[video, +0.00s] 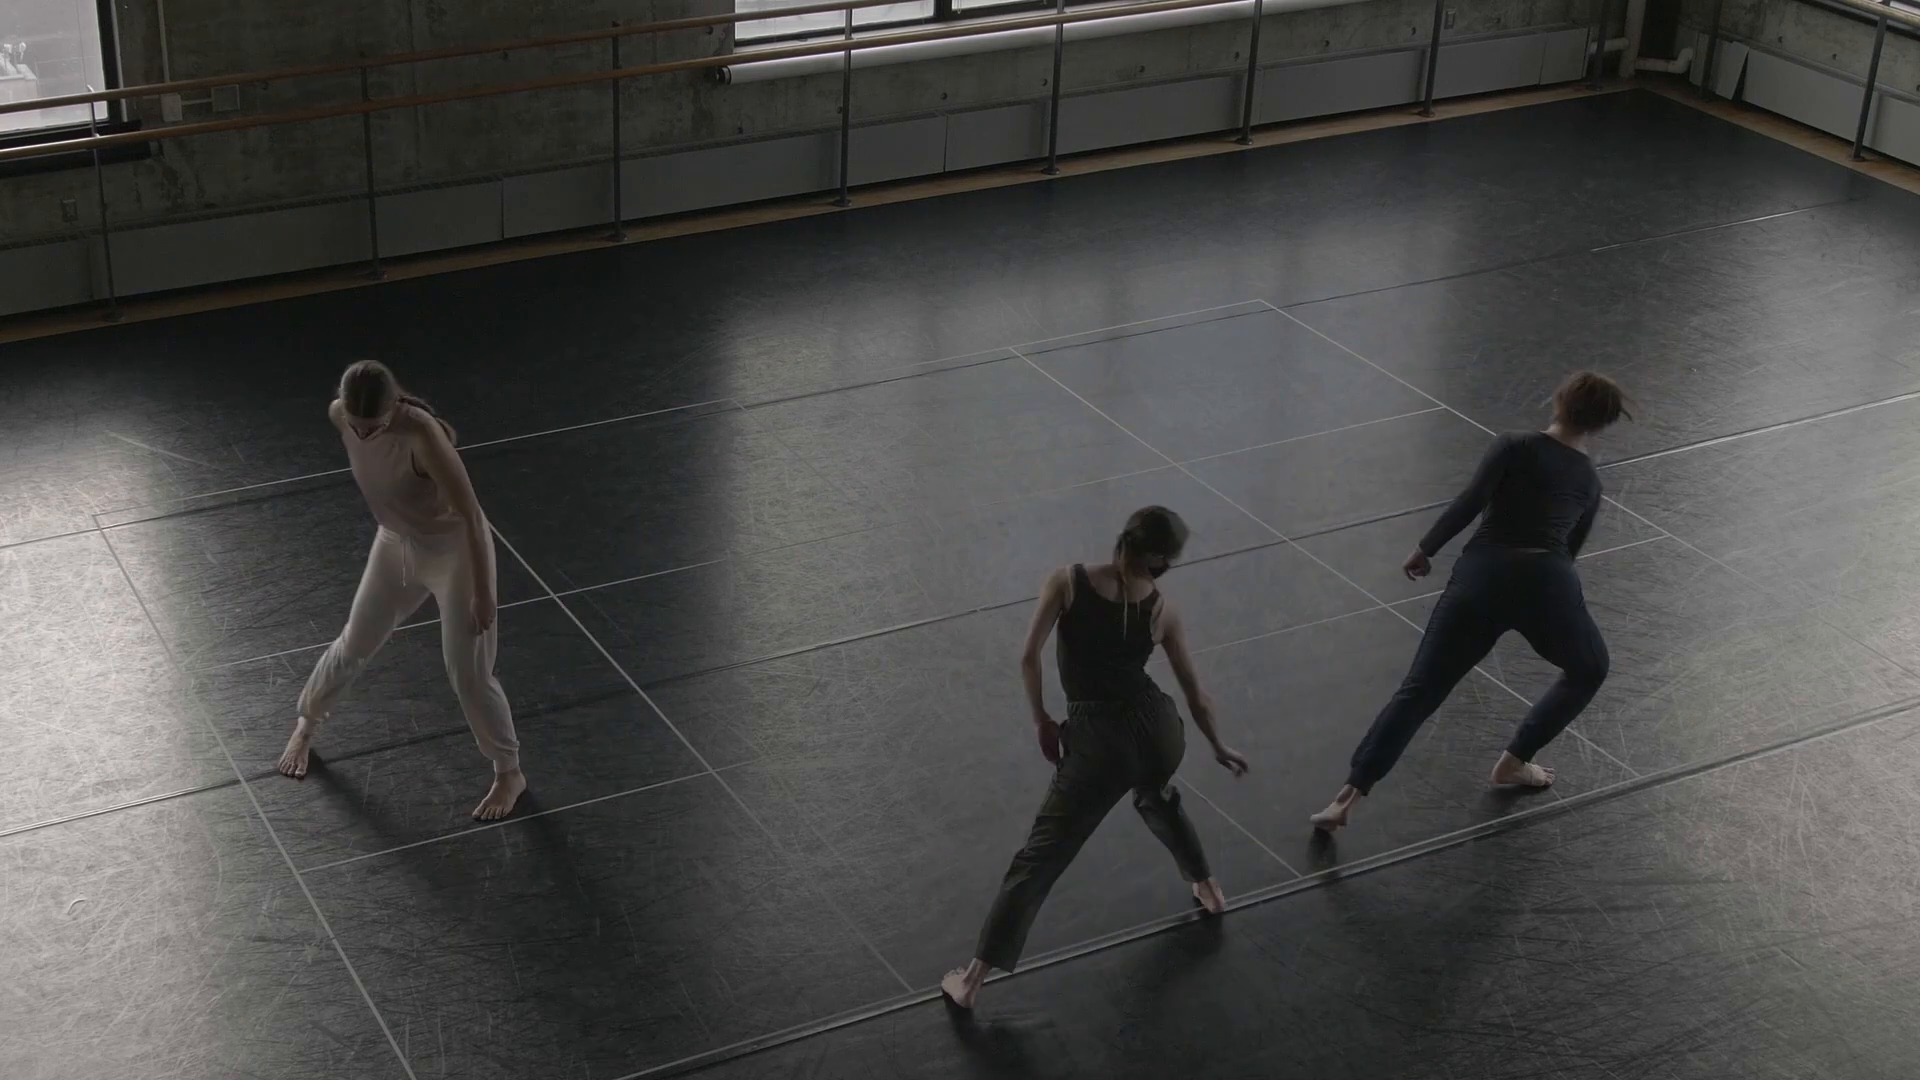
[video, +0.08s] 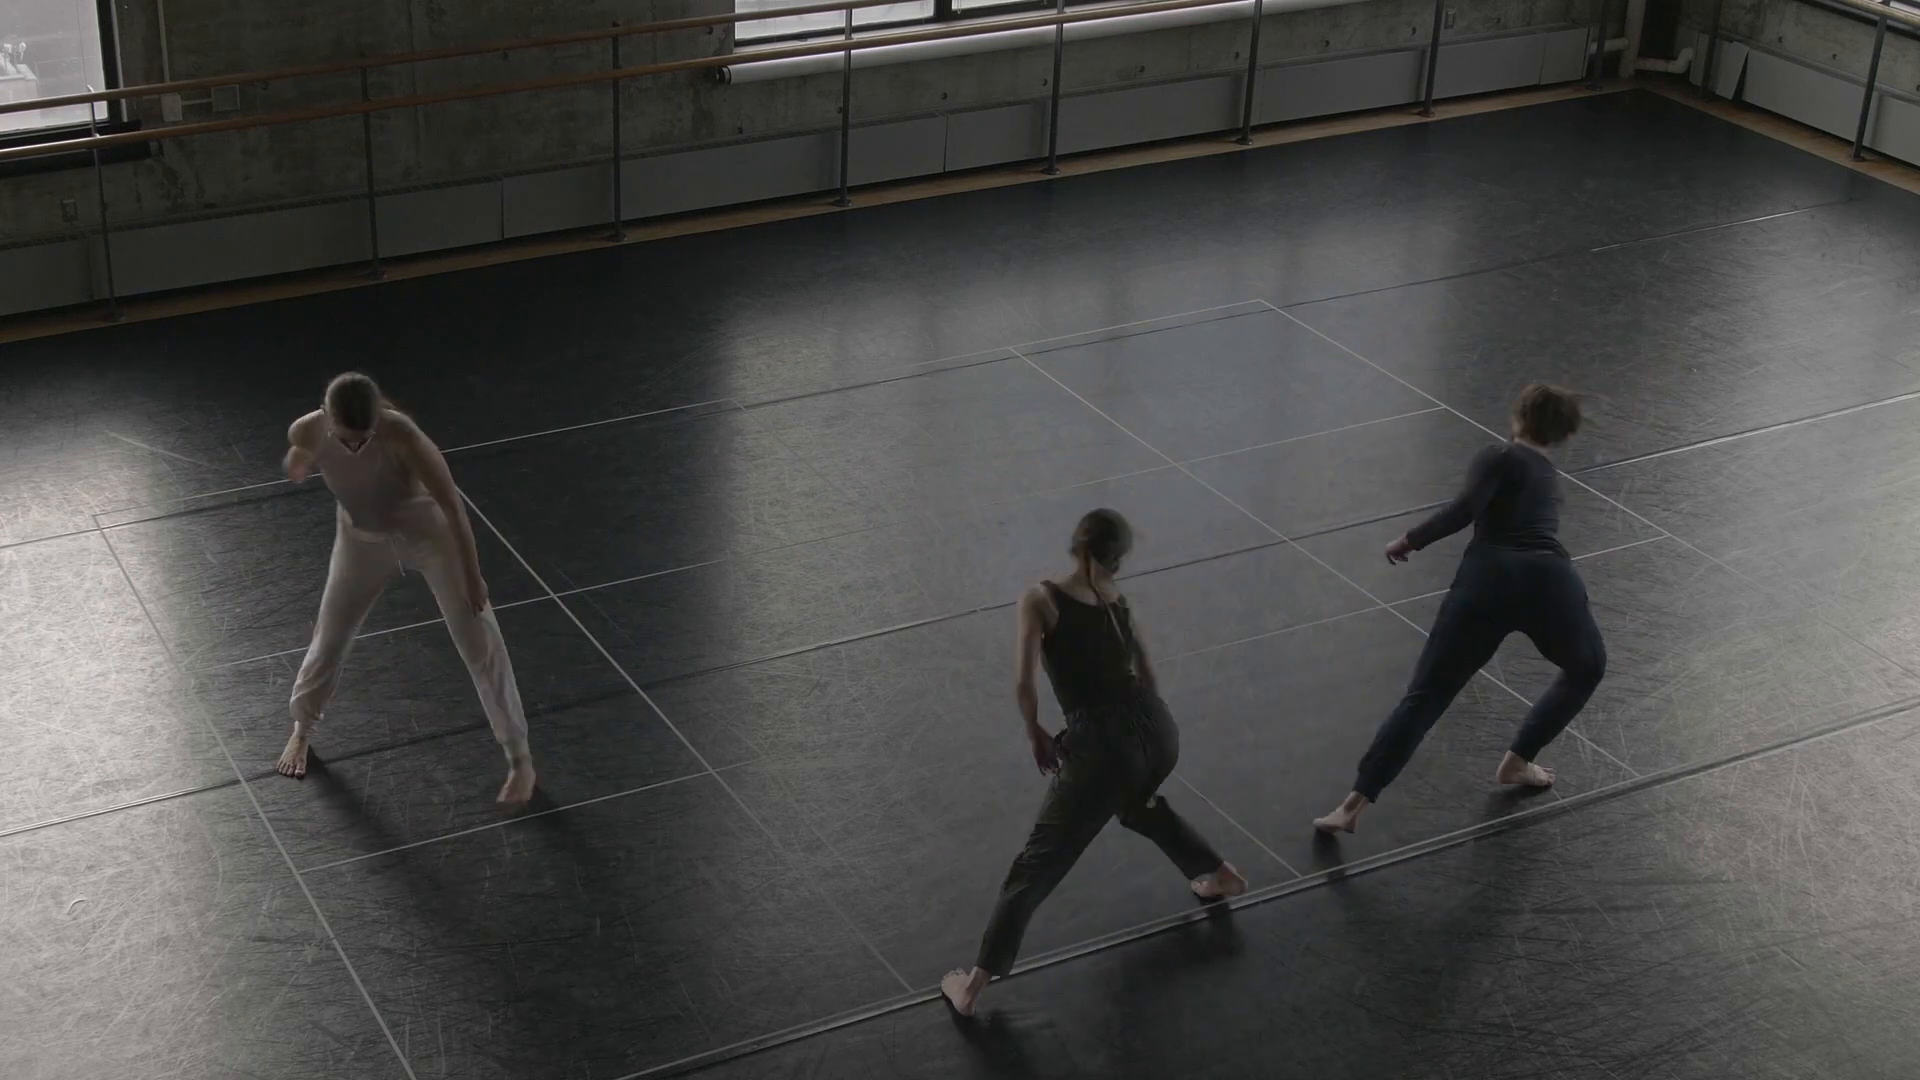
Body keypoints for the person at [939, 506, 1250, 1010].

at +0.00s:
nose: (1163, 570)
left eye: (1165, 562)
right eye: (1164, 563)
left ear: (1123, 541)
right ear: (1160, 559)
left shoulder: (1069, 581)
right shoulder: (1159, 607)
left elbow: (1030, 656)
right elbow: (1196, 695)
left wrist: (1041, 721)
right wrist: (1219, 746)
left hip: (1098, 746)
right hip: (1160, 734)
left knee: (1039, 855)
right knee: (1156, 795)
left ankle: (972, 980)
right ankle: (1207, 889)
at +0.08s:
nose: (1115, 563)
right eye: (1117, 556)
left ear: (1075, 547)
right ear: (1116, 556)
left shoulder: (1040, 599)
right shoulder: (1118, 603)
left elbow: (1024, 682)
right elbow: (1145, 677)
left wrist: (1037, 735)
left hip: (1098, 753)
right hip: (1154, 738)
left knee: (1035, 864)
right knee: (1137, 805)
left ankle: (974, 986)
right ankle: (1219, 875)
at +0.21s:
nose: (994, 581)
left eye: (996, 575)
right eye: (999, 574)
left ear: (999, 580)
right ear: (1044, 578)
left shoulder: (1006, 630)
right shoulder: (1067, 620)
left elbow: (1001, 720)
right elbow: (1075, 697)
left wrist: (1002, 748)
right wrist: (1037, 752)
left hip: (1103, 754)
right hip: (1151, 734)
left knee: (1039, 863)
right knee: (1130, 821)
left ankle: (975, 986)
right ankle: (1230, 865)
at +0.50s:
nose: (923, 645)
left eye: (921, 637)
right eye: (924, 636)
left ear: (927, 634)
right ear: (961, 621)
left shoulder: (930, 664)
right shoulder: (997, 636)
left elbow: (892, 727)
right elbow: (1023, 720)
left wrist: (866, 764)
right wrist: (994, 798)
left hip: (1033, 712)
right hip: (1081, 698)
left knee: (1008, 837)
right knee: (1107, 820)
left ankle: (975, 971)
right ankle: (1222, 853)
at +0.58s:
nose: (901, 634)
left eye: (900, 627)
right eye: (906, 625)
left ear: (906, 625)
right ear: (940, 611)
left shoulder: (908, 648)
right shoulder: (979, 627)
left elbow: (886, 720)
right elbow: (1002, 672)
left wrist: (873, 766)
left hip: (998, 699)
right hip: (1045, 684)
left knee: (992, 823)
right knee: (1100, 799)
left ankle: (973, 947)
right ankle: (1219, 851)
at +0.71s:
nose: (873, 619)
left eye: (871, 612)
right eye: (872, 613)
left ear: (880, 605)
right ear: (912, 590)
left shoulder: (885, 623)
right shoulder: (950, 604)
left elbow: (872, 708)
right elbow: (978, 654)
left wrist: (873, 769)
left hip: (954, 686)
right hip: (1006, 670)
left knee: (968, 803)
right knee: (1086, 769)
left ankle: (966, 925)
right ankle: (1202, 847)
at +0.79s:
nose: (863, 612)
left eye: (862, 606)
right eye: (861, 606)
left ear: (869, 597)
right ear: (900, 579)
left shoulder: (874, 615)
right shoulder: (940, 594)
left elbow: (866, 705)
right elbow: (967, 646)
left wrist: (873, 769)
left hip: (939, 678)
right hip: (991, 659)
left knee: (960, 786)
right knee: (1075, 760)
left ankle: (970, 905)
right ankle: (1183, 848)